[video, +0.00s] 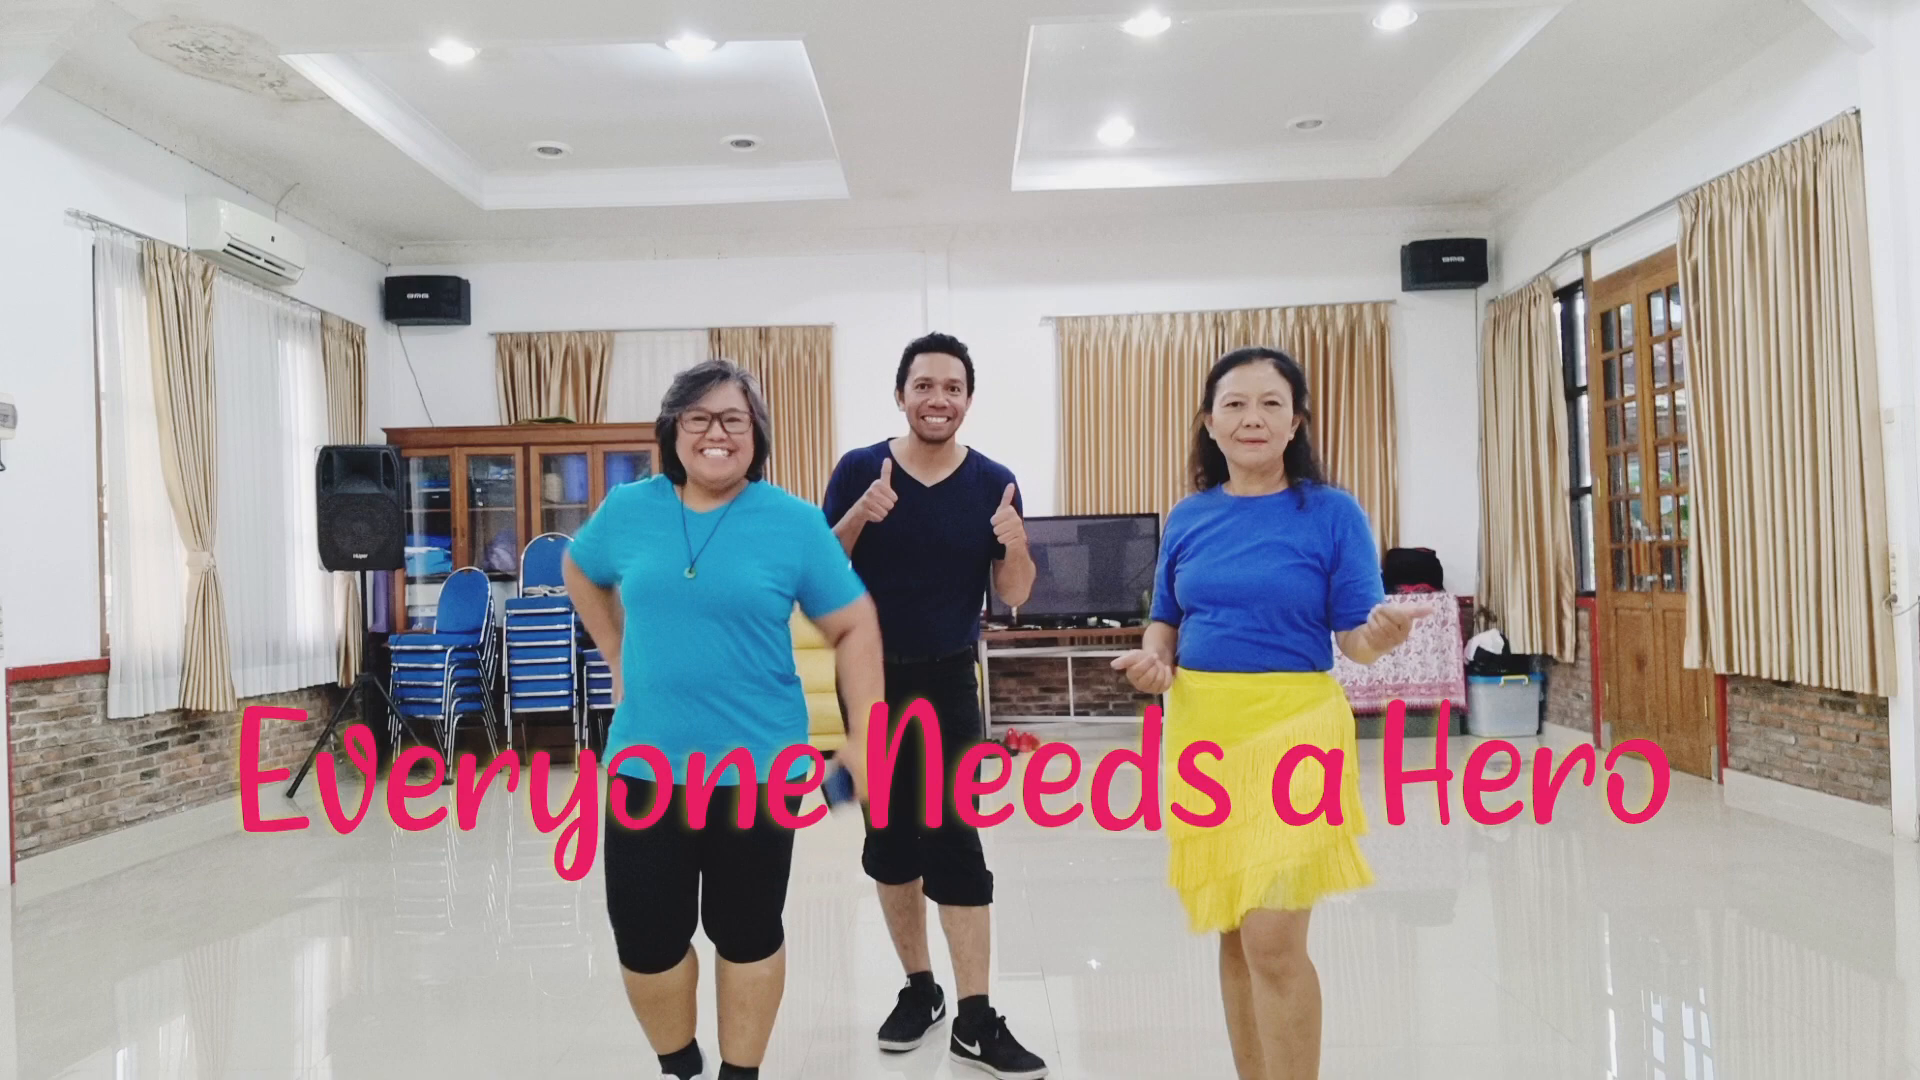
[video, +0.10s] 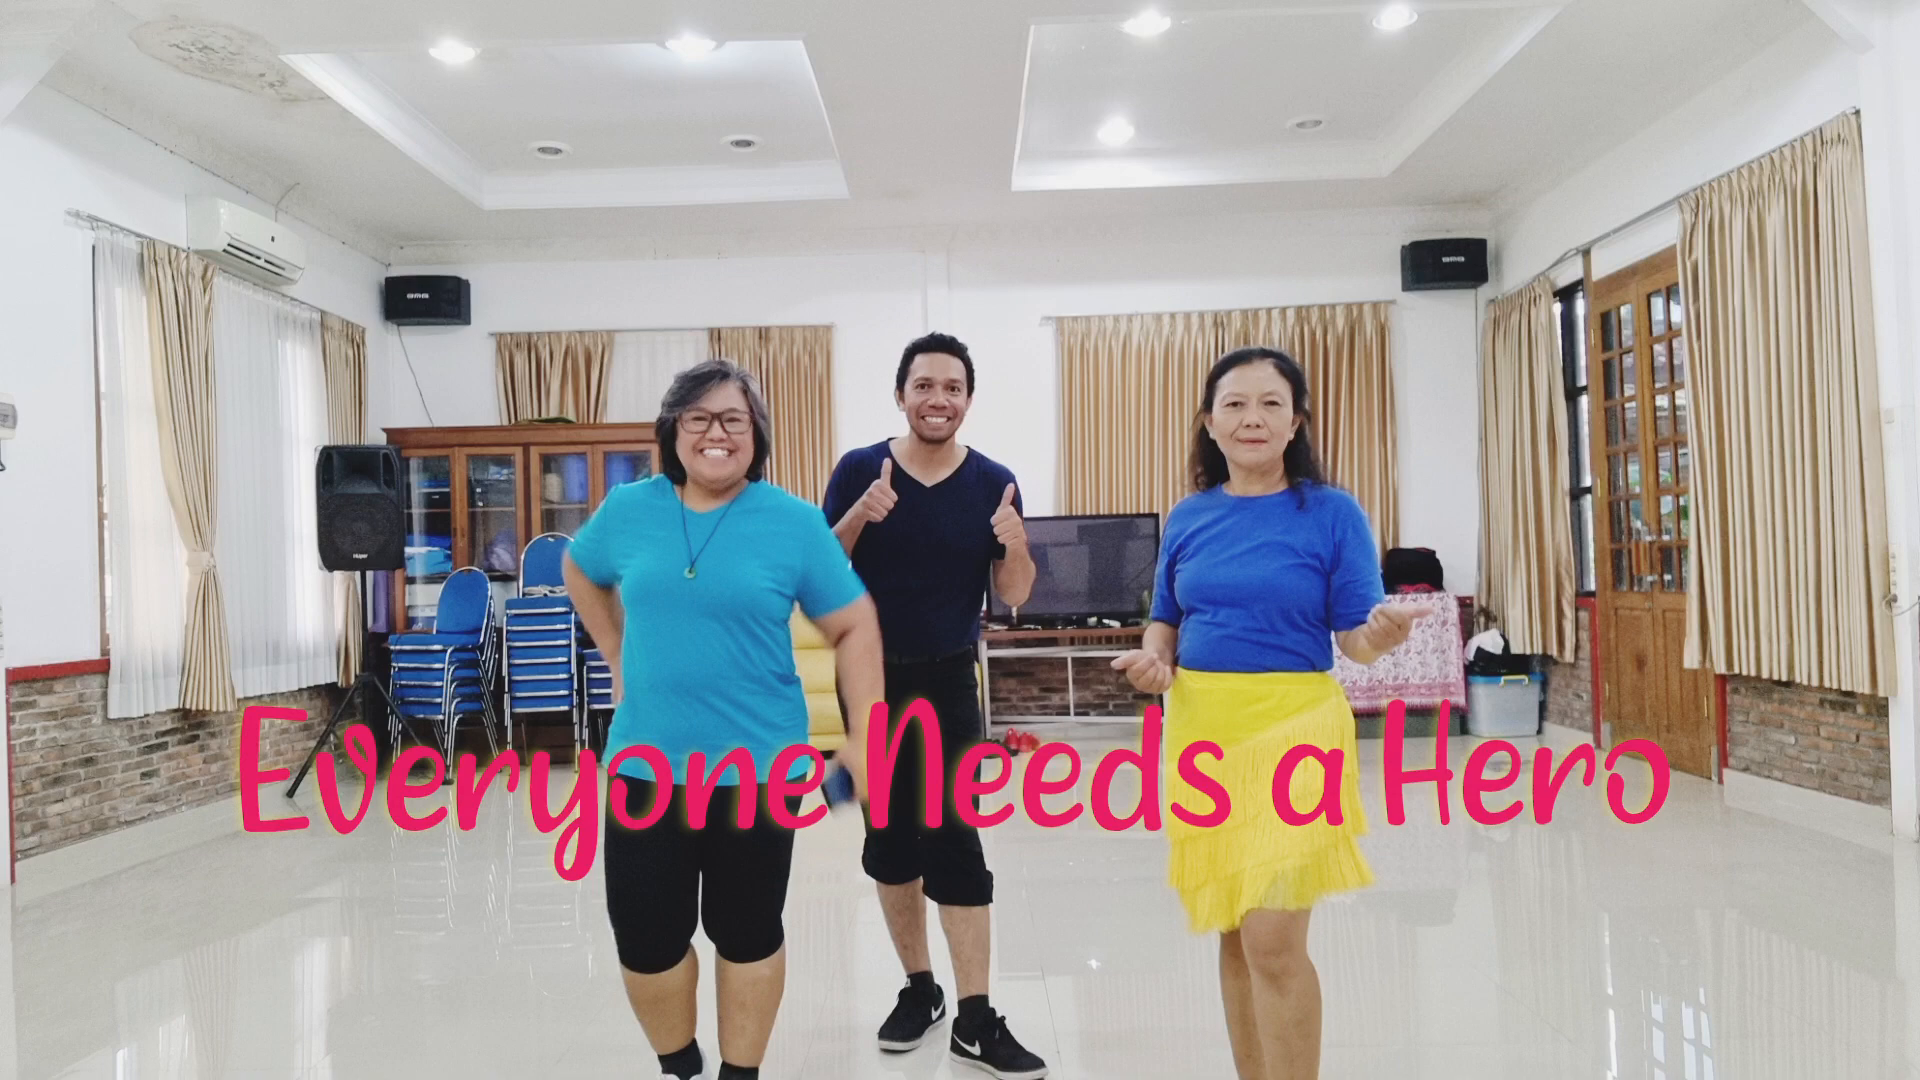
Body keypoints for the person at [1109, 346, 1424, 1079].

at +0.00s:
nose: (1252, 418)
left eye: (1270, 404)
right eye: (1234, 404)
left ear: (1295, 421)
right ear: (1210, 421)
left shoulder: (1333, 512)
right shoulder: (1186, 517)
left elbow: (1356, 643)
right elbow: (1163, 628)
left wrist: (1380, 635)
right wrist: (1151, 660)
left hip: (1297, 723)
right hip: (1204, 724)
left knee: (1272, 941)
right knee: (1237, 941)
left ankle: (1296, 1077)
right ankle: (1254, 1078)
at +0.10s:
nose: (1252, 418)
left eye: (1270, 404)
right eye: (1234, 404)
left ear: (1295, 421)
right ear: (1210, 421)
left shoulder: (1333, 512)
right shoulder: (1186, 517)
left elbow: (1356, 643)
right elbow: (1163, 628)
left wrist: (1380, 635)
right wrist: (1151, 660)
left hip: (1297, 723)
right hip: (1204, 724)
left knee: (1272, 941)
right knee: (1237, 941)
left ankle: (1296, 1077)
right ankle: (1254, 1078)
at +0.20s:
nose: (1252, 418)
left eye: (1270, 404)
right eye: (1234, 404)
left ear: (1295, 421)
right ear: (1210, 421)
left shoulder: (1333, 512)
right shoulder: (1186, 517)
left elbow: (1356, 643)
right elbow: (1163, 628)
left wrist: (1380, 635)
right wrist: (1151, 660)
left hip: (1297, 723)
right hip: (1204, 724)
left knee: (1272, 941)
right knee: (1237, 941)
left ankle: (1296, 1077)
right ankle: (1254, 1078)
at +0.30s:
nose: (1252, 418)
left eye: (1270, 404)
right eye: (1234, 404)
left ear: (1295, 421)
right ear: (1210, 421)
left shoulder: (1333, 512)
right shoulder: (1186, 517)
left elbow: (1356, 643)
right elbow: (1163, 628)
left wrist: (1380, 635)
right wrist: (1151, 660)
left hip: (1297, 723)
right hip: (1204, 724)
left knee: (1272, 941)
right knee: (1237, 941)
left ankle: (1296, 1077)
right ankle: (1254, 1078)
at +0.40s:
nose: (1252, 418)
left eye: (1270, 404)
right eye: (1234, 404)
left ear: (1295, 421)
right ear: (1210, 421)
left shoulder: (1333, 512)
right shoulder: (1186, 517)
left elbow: (1356, 643)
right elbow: (1163, 628)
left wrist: (1380, 635)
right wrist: (1151, 660)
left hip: (1297, 723)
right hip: (1204, 724)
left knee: (1272, 941)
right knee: (1237, 941)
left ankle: (1296, 1077)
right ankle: (1254, 1078)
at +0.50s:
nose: (1252, 418)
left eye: (1270, 404)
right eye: (1234, 404)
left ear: (1295, 421)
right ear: (1210, 421)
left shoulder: (1333, 512)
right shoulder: (1186, 517)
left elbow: (1356, 643)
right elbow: (1163, 628)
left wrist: (1380, 635)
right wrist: (1151, 660)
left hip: (1297, 723)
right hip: (1204, 724)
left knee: (1272, 941)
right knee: (1237, 941)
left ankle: (1296, 1077)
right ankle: (1254, 1078)